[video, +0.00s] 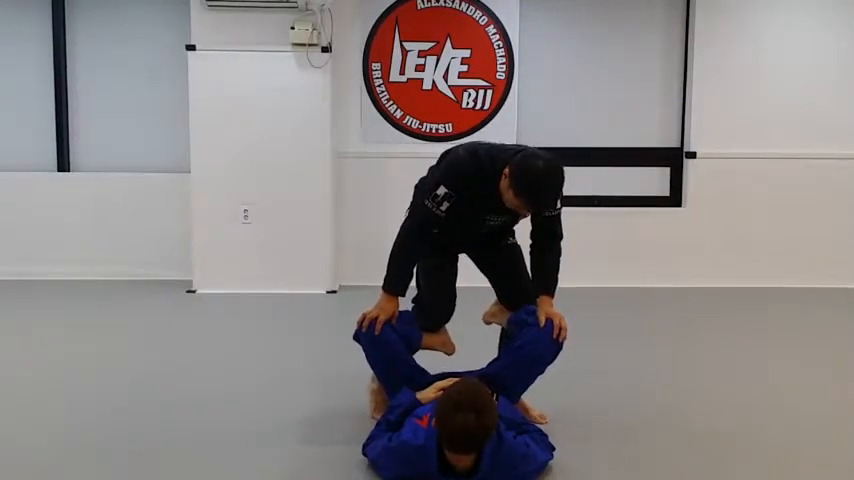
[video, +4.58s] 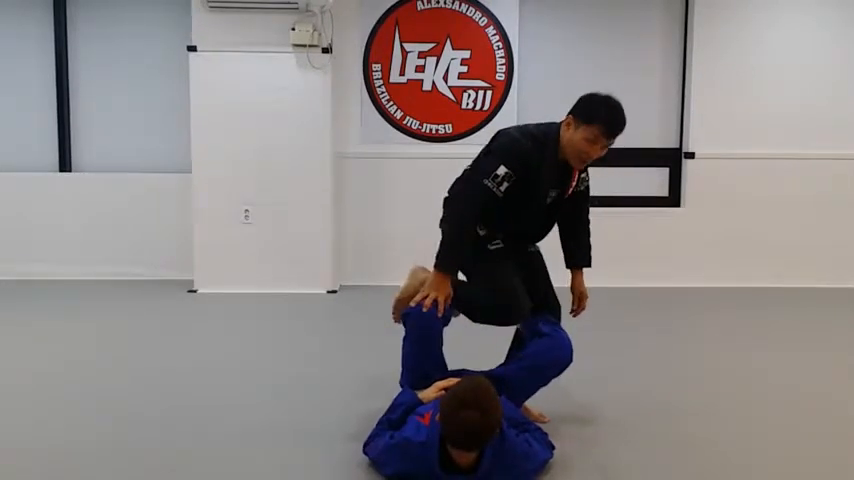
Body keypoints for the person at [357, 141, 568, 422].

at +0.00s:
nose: (522, 215)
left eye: (529, 211)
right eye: (518, 206)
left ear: (547, 194)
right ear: (506, 177)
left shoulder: (545, 181)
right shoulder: (462, 165)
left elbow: (547, 239)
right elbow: (413, 228)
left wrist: (546, 299)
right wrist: (390, 296)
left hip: (491, 231)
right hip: (439, 230)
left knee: (525, 304)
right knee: (436, 311)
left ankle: (508, 392)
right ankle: (385, 373)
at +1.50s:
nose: (566, 207)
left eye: (576, 203)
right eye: (566, 196)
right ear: (553, 167)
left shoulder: (581, 183)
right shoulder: (501, 160)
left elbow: (573, 239)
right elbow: (446, 215)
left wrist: (564, 304)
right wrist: (416, 283)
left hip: (513, 229)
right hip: (464, 221)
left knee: (534, 311)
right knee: (458, 308)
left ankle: (509, 398)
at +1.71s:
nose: (575, 198)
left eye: (584, 194)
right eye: (574, 187)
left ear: (595, 189)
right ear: (563, 160)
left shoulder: (587, 180)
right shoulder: (513, 156)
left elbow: (580, 233)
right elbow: (458, 213)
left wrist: (571, 292)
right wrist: (425, 281)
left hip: (520, 231)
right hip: (472, 220)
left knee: (535, 311)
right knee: (483, 295)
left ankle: (508, 398)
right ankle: (403, 318)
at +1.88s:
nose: (577, 193)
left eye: (586, 189)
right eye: (576, 182)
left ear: (598, 183)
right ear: (566, 154)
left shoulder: (588, 175)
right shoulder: (517, 153)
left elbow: (584, 228)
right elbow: (462, 211)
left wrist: (575, 286)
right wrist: (430, 279)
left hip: (526, 234)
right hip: (478, 223)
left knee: (538, 316)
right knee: (502, 295)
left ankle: (510, 399)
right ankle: (431, 291)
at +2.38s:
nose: (581, 186)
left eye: (589, 181)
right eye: (580, 175)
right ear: (568, 147)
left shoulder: (583, 171)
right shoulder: (517, 154)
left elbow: (576, 220)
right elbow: (464, 212)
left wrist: (557, 273)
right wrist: (433, 282)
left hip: (522, 237)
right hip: (478, 230)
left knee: (542, 311)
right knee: (519, 305)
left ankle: (508, 396)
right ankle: (458, 320)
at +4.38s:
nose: (582, 163)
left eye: (591, 159)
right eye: (582, 152)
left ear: (601, 155)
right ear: (567, 127)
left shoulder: (577, 163)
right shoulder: (513, 141)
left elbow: (576, 214)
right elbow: (461, 197)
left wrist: (575, 270)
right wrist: (438, 269)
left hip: (517, 240)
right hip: (473, 234)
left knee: (542, 314)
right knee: (511, 299)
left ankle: (505, 395)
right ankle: (435, 282)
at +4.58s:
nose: (595, 152)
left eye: (603, 147)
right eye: (591, 141)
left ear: (608, 147)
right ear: (568, 125)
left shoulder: (577, 166)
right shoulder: (516, 145)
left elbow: (575, 218)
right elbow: (463, 202)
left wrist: (577, 275)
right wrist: (443, 274)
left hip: (517, 242)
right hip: (474, 236)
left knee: (546, 316)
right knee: (509, 310)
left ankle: (506, 398)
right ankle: (431, 287)